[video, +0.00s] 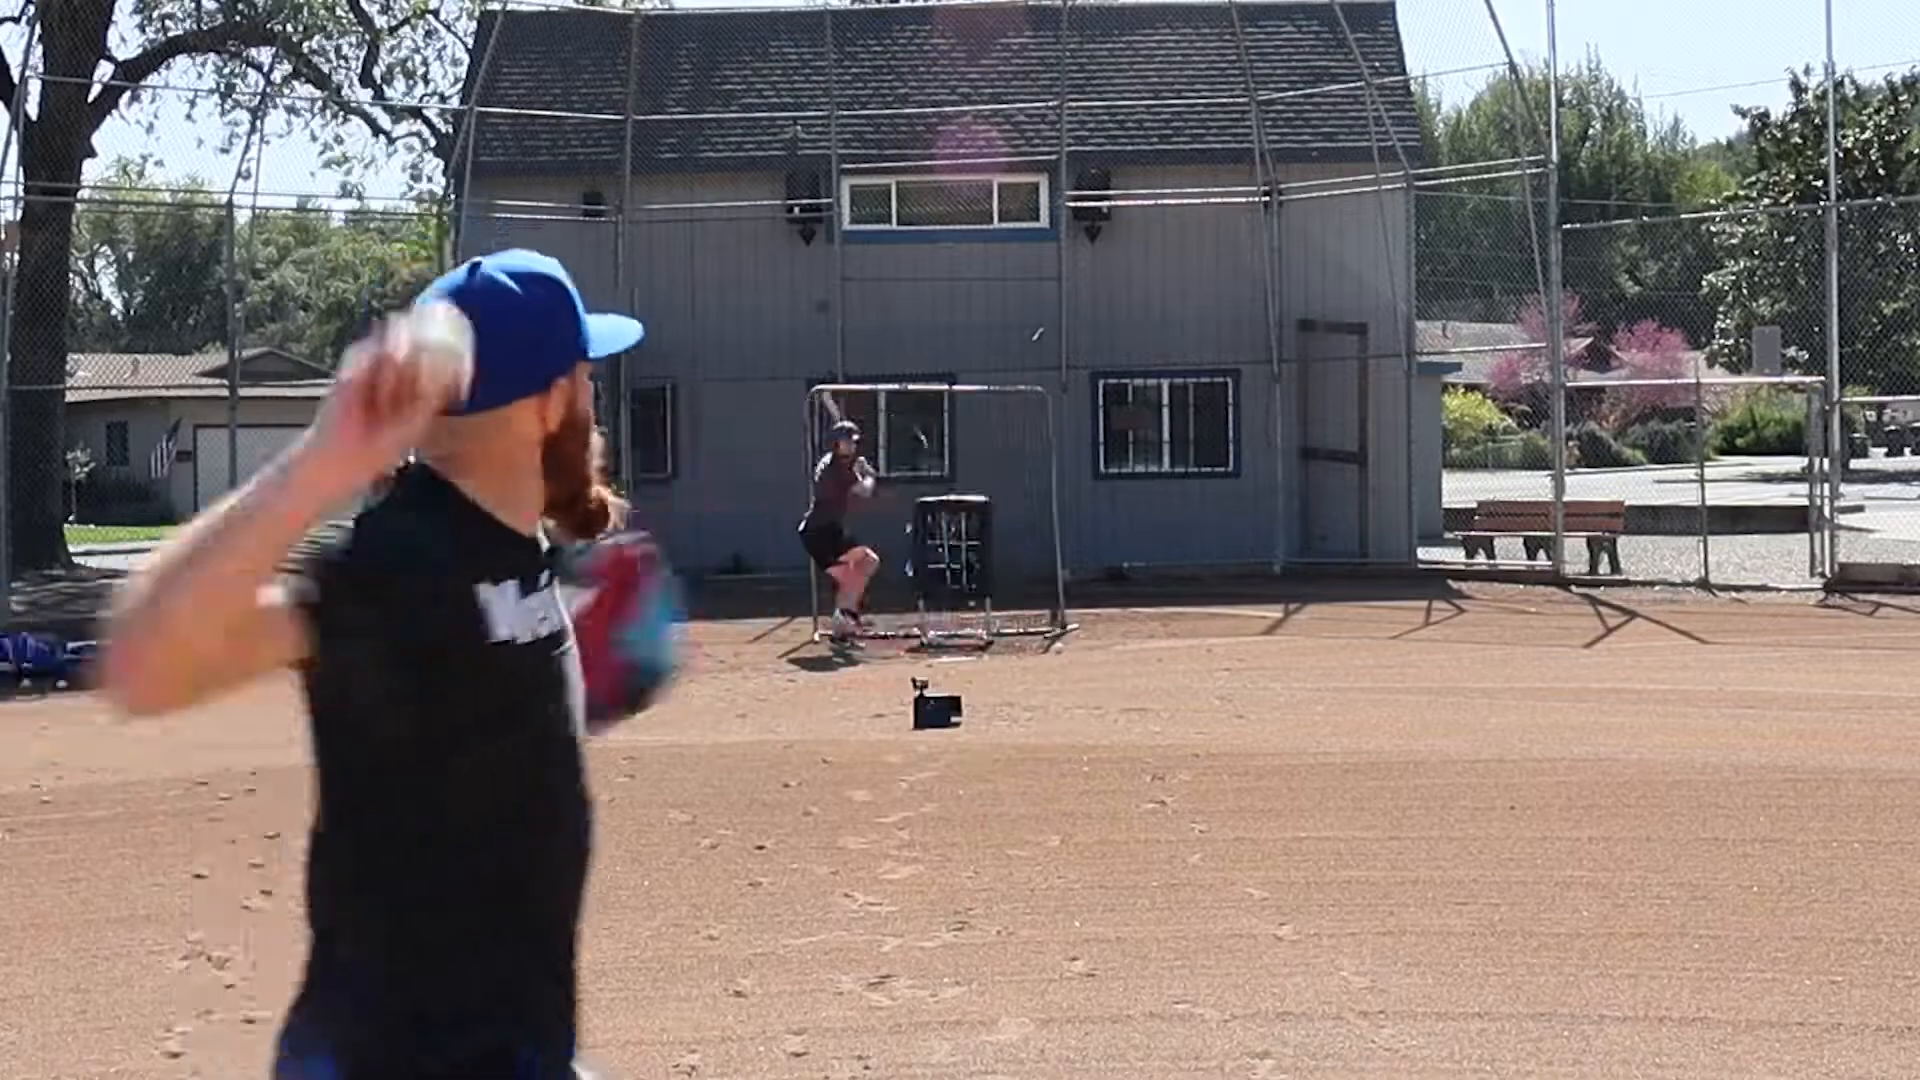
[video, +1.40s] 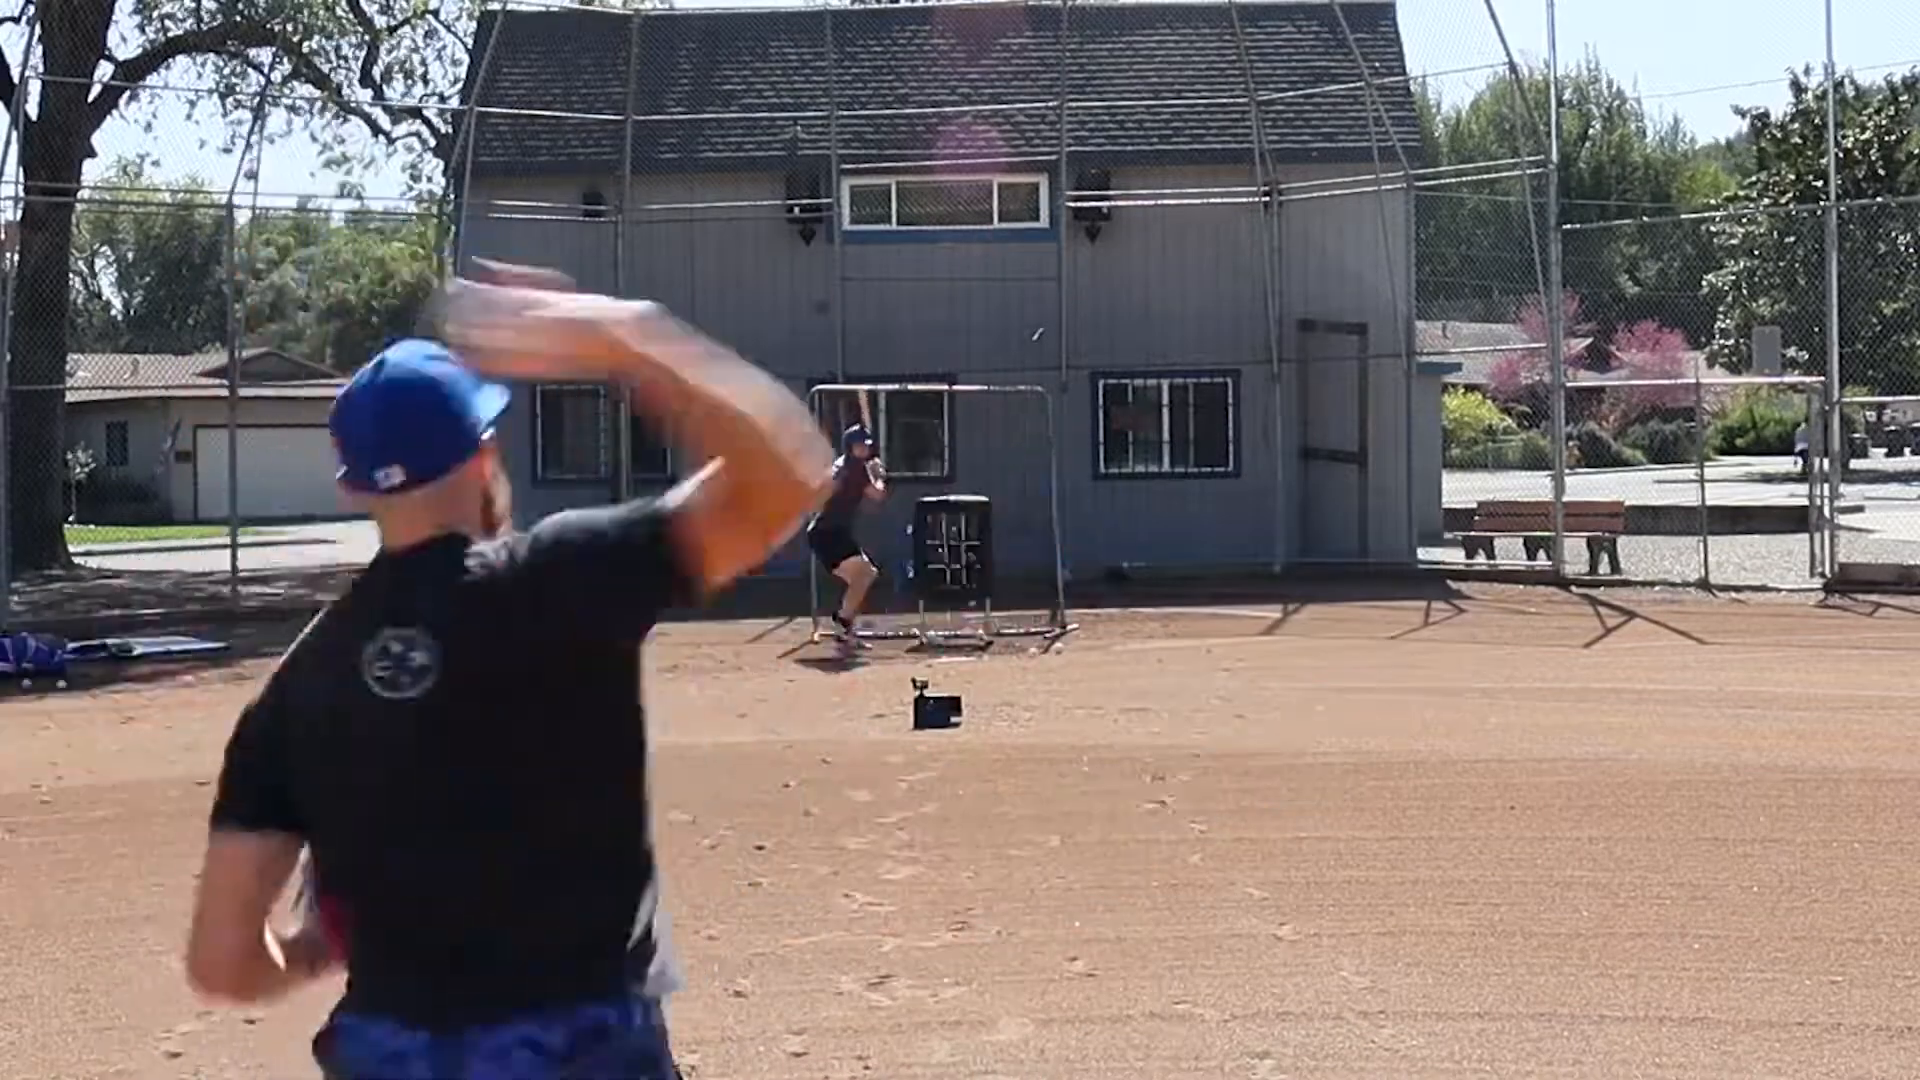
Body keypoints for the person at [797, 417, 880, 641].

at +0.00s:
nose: (853, 447)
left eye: (855, 442)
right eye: (849, 442)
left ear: (853, 443)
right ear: (837, 444)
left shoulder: (829, 463)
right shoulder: (839, 468)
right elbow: (865, 490)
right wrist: (867, 474)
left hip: (813, 529)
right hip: (824, 529)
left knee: (848, 576)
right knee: (867, 559)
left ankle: (842, 621)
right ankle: (847, 611)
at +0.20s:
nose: (848, 446)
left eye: (850, 441)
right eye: (843, 441)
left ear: (851, 442)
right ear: (833, 443)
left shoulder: (835, 464)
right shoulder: (832, 468)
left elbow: (857, 495)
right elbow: (857, 498)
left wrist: (854, 477)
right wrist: (858, 478)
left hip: (826, 529)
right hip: (816, 531)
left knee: (845, 580)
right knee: (848, 580)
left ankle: (840, 629)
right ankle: (824, 624)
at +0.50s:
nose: (842, 440)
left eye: (843, 435)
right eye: (838, 435)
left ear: (841, 436)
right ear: (826, 436)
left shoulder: (818, 455)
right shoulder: (827, 458)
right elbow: (843, 492)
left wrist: (845, 494)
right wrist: (856, 493)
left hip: (820, 527)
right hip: (816, 529)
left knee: (826, 583)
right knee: (831, 582)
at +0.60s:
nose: (842, 437)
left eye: (843, 432)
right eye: (838, 433)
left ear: (834, 435)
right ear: (826, 434)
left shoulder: (817, 454)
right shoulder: (824, 458)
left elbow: (800, 493)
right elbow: (838, 498)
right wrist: (857, 498)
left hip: (820, 527)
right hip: (815, 529)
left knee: (834, 577)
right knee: (822, 583)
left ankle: (841, 629)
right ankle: (806, 639)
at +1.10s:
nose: (850, 439)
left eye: (850, 434)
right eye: (847, 434)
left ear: (834, 435)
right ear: (835, 434)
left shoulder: (834, 459)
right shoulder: (822, 461)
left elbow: (837, 493)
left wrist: (850, 511)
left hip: (829, 524)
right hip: (825, 525)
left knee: (819, 581)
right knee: (842, 580)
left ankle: (806, 636)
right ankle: (839, 631)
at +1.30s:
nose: (866, 445)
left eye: (867, 440)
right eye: (861, 441)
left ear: (865, 443)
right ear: (849, 445)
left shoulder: (842, 463)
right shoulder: (853, 466)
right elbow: (880, 489)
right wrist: (878, 467)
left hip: (824, 531)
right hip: (832, 531)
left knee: (858, 581)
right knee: (870, 571)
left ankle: (848, 634)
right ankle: (847, 613)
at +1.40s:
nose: (866, 449)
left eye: (867, 444)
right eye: (861, 445)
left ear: (869, 446)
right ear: (850, 448)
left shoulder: (859, 468)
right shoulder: (846, 469)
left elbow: (878, 495)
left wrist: (877, 478)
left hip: (835, 529)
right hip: (828, 530)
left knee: (857, 578)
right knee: (865, 572)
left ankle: (845, 632)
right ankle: (843, 618)